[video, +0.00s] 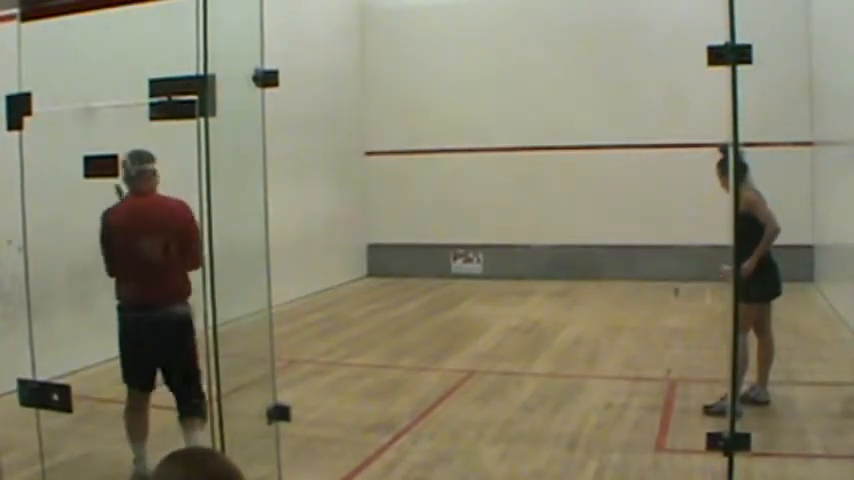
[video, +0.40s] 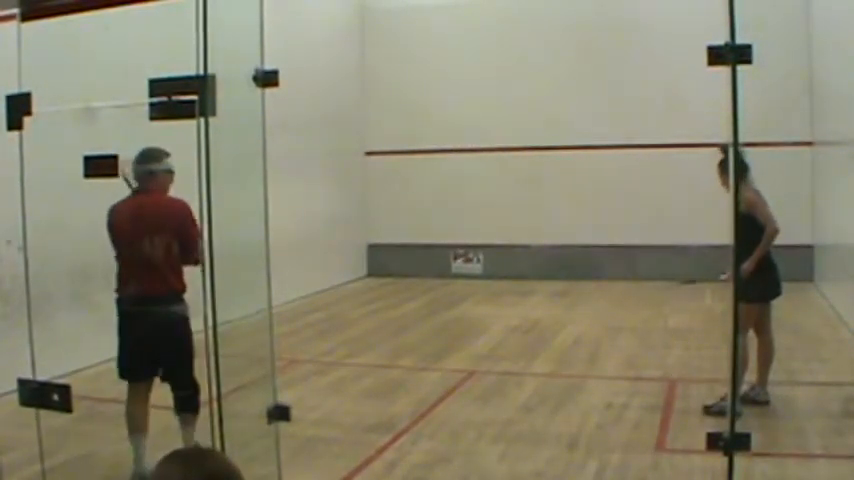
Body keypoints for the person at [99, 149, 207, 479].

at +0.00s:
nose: (148, 180)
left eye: (140, 175)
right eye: (151, 174)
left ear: (126, 179)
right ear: (156, 176)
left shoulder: (113, 217)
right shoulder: (178, 210)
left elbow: (112, 268)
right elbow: (193, 260)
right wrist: (161, 257)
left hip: (135, 319)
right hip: (175, 317)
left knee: (137, 393)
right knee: (187, 392)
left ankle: (140, 464)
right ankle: (198, 462)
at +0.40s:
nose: (171, 179)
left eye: (170, 173)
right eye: (169, 174)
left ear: (137, 177)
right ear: (163, 177)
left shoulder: (117, 212)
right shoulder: (178, 209)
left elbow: (124, 250)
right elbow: (193, 255)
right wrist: (157, 249)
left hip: (133, 312)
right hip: (171, 311)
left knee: (138, 386)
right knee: (182, 381)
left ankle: (139, 463)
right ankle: (189, 449)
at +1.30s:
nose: (169, 180)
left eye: (168, 174)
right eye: (165, 174)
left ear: (138, 176)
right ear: (156, 175)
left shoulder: (121, 209)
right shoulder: (160, 205)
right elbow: (169, 251)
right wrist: (189, 274)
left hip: (127, 302)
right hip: (162, 302)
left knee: (130, 375)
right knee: (181, 375)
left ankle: (127, 446)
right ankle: (188, 444)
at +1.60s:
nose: (175, 177)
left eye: (174, 171)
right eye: (171, 171)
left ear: (143, 174)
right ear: (159, 174)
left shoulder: (123, 210)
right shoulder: (168, 207)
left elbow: (120, 259)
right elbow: (179, 255)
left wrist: (154, 266)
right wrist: (195, 285)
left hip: (136, 301)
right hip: (170, 301)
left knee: (139, 370)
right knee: (184, 376)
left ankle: (128, 445)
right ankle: (189, 446)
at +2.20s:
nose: (150, 181)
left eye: (148, 177)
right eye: (148, 177)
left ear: (120, 181)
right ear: (143, 180)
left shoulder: (99, 213)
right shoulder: (154, 212)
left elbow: (90, 267)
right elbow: (170, 263)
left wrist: (100, 304)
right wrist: (185, 301)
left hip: (110, 308)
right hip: (146, 306)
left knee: (124, 375)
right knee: (175, 372)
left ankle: (131, 446)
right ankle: (183, 443)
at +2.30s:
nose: (140, 185)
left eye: (137, 180)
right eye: (137, 181)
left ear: (111, 184)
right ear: (132, 183)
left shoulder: (90, 216)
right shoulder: (146, 213)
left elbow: (81, 269)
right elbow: (162, 263)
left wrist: (97, 298)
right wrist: (175, 301)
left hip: (104, 307)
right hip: (140, 305)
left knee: (118, 377)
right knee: (161, 370)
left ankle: (130, 447)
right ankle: (170, 435)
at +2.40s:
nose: (130, 185)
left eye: (126, 180)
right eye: (128, 181)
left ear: (100, 184)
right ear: (124, 183)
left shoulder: (82, 216)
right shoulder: (139, 214)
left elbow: (73, 265)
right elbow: (155, 260)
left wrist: (91, 291)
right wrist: (163, 299)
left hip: (99, 305)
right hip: (134, 302)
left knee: (111, 377)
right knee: (141, 368)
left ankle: (131, 444)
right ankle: (149, 435)